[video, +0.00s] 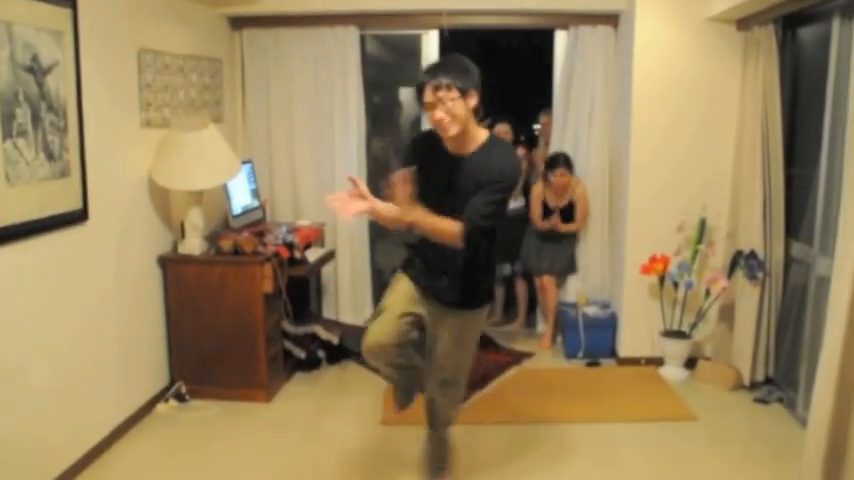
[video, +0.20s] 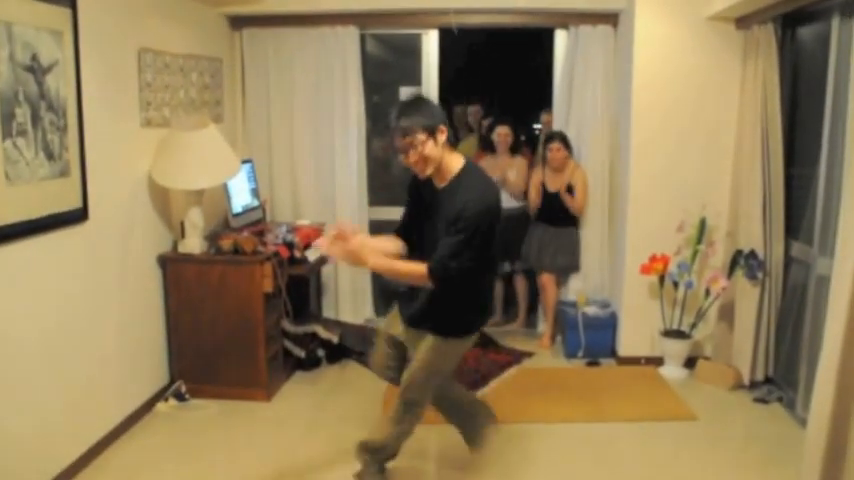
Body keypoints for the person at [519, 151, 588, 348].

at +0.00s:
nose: (559, 180)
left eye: (563, 175)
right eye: (554, 175)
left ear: (571, 175)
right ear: (547, 176)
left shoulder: (578, 190)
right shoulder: (538, 189)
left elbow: (580, 223)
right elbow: (536, 221)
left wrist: (561, 227)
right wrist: (549, 224)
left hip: (564, 235)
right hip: (539, 235)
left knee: (548, 279)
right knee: (539, 281)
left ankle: (550, 329)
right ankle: (550, 325)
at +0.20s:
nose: (554, 154)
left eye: (559, 149)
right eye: (550, 150)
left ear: (568, 152)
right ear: (545, 153)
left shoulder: (576, 173)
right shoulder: (539, 173)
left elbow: (578, 209)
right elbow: (533, 203)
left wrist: (563, 194)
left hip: (564, 229)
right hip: (542, 227)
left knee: (548, 278)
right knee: (544, 279)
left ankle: (549, 329)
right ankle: (550, 327)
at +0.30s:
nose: (553, 149)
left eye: (558, 144)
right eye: (549, 145)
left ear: (567, 148)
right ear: (544, 149)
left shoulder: (575, 170)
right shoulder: (536, 171)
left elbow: (578, 206)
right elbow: (532, 204)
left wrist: (570, 184)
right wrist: (530, 188)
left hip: (565, 227)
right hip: (542, 226)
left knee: (547, 276)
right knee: (546, 278)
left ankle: (548, 329)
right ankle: (550, 327)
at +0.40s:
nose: (550, 147)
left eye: (555, 142)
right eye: (547, 143)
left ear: (565, 146)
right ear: (543, 146)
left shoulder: (574, 168)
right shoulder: (537, 169)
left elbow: (577, 203)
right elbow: (530, 201)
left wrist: (567, 181)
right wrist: (527, 182)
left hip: (566, 227)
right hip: (543, 225)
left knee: (545, 274)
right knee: (551, 279)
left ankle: (545, 326)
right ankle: (554, 323)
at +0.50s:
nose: (548, 147)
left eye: (553, 142)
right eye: (545, 142)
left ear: (563, 146)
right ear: (540, 146)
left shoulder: (573, 168)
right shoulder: (536, 169)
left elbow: (573, 203)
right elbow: (530, 202)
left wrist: (547, 192)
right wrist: (533, 189)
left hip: (565, 227)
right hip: (542, 226)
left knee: (546, 275)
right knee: (548, 279)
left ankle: (543, 325)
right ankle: (553, 321)